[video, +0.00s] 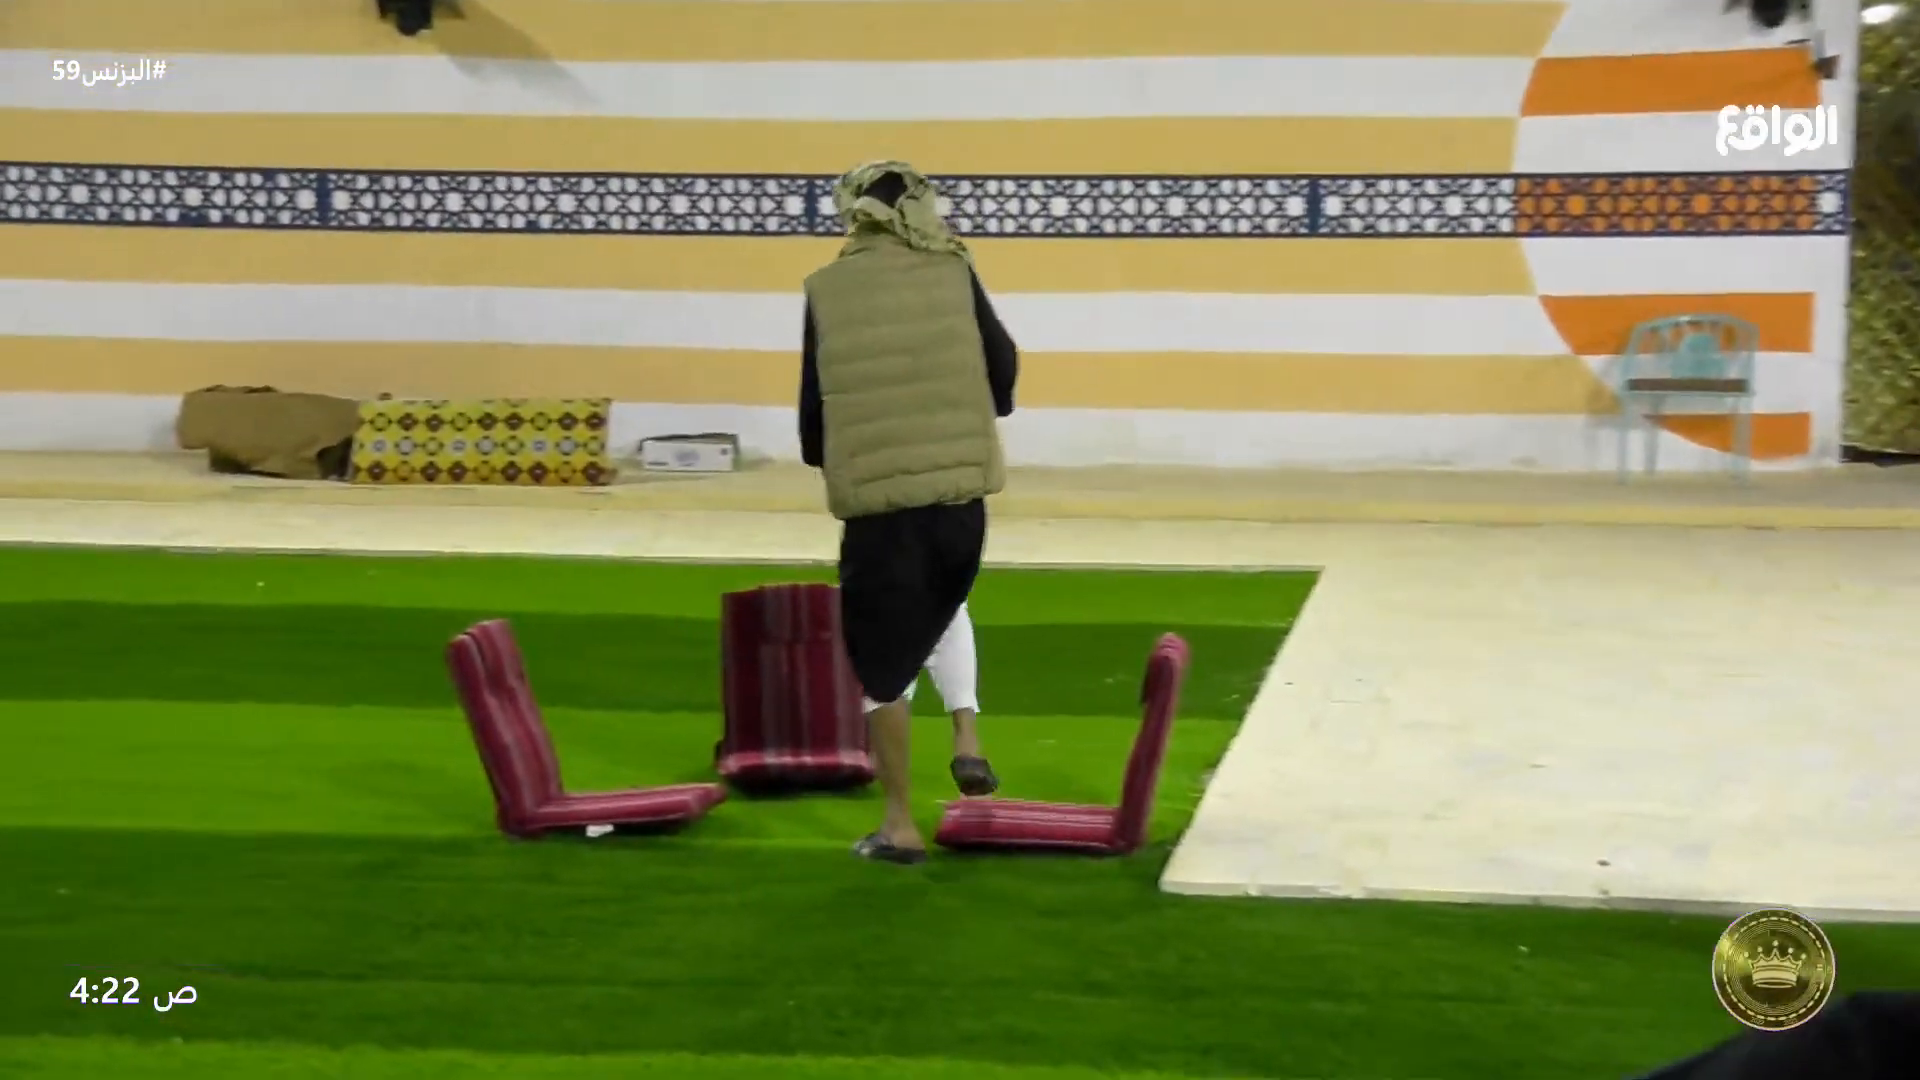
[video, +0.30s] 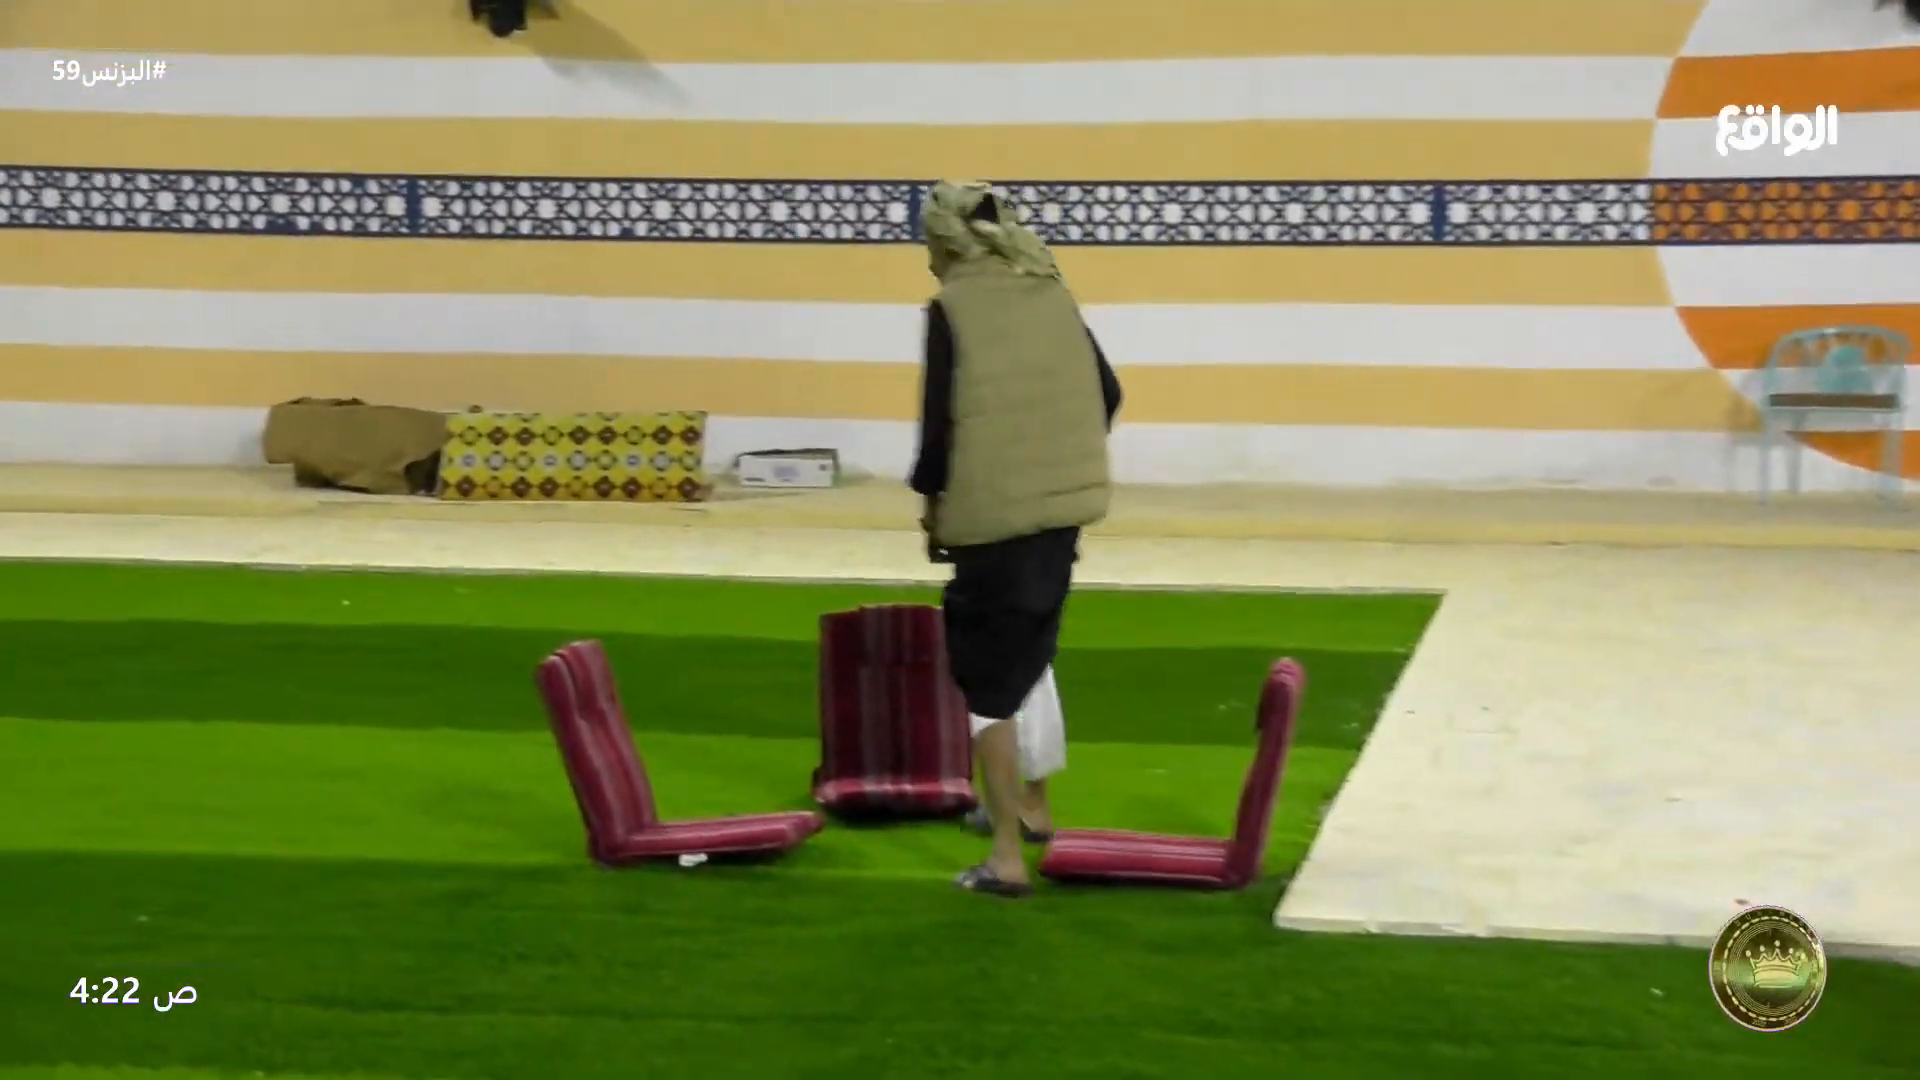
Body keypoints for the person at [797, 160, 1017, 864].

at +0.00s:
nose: (843, 224)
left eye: (846, 213)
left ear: (854, 219)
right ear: (920, 209)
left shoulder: (828, 287)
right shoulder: (954, 270)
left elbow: (815, 410)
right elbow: (1001, 358)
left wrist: (831, 458)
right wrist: (980, 411)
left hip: (877, 511)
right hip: (960, 505)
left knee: (885, 671)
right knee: (947, 602)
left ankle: (899, 826)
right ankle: (968, 742)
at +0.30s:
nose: (928, 254)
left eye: (929, 244)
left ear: (942, 243)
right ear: (1002, 229)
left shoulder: (951, 308)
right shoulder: (1051, 295)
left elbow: (940, 416)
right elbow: (1105, 388)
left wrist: (930, 496)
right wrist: (1069, 451)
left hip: (991, 519)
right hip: (1063, 512)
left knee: (992, 695)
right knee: (1026, 662)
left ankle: (1008, 859)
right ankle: (1034, 806)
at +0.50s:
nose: (997, 264)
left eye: (1005, 248)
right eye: (994, 249)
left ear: (1045, 245)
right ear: (1052, 248)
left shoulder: (1073, 307)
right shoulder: (1094, 298)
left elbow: (1071, 415)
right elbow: (1149, 395)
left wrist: (1060, 491)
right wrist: (1087, 483)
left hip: (1109, 523)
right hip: (1140, 517)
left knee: (1031, 665)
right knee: (1075, 675)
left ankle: (1105, 825)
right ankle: (1104, 831)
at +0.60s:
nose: (1055, 253)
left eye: (1066, 238)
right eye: (1054, 239)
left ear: (1110, 237)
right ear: (1093, 241)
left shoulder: (1145, 302)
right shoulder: (1101, 306)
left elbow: (1145, 422)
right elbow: (1116, 421)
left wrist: (1115, 517)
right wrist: (1112, 513)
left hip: (1166, 521)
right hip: (1155, 523)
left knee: (1066, 659)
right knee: (1144, 688)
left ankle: (1206, 781)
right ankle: (1140, 866)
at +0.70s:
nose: (1089, 247)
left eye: (1101, 233)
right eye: (1088, 234)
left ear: (1148, 236)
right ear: (1117, 241)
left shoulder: (1183, 306)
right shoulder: (1123, 313)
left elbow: (1179, 422)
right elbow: (1127, 426)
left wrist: (1142, 515)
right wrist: (1125, 508)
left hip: (1198, 527)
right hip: (1165, 525)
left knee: (1114, 671)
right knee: (1159, 693)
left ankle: (1257, 774)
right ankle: (1164, 876)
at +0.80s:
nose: (1139, 242)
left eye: (1152, 229)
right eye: (1138, 229)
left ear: (1197, 235)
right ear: (1157, 237)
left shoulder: (1235, 314)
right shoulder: (1163, 310)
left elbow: (1222, 435)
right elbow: (1166, 424)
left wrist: (1173, 538)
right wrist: (1156, 495)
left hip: (1231, 548)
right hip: (1179, 543)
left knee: (1208, 713)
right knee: (1170, 711)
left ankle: (1313, 814)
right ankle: (1188, 889)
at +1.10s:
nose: (1239, 224)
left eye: (1256, 212)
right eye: (1237, 210)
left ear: (1301, 224)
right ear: (1239, 219)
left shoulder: (1347, 312)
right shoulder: (1221, 300)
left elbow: (1345, 448)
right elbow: (1219, 412)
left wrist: (1288, 544)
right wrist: (1179, 466)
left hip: (1317, 559)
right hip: (1223, 551)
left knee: (1332, 731)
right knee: (1190, 707)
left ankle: (1354, 891)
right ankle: (1201, 899)